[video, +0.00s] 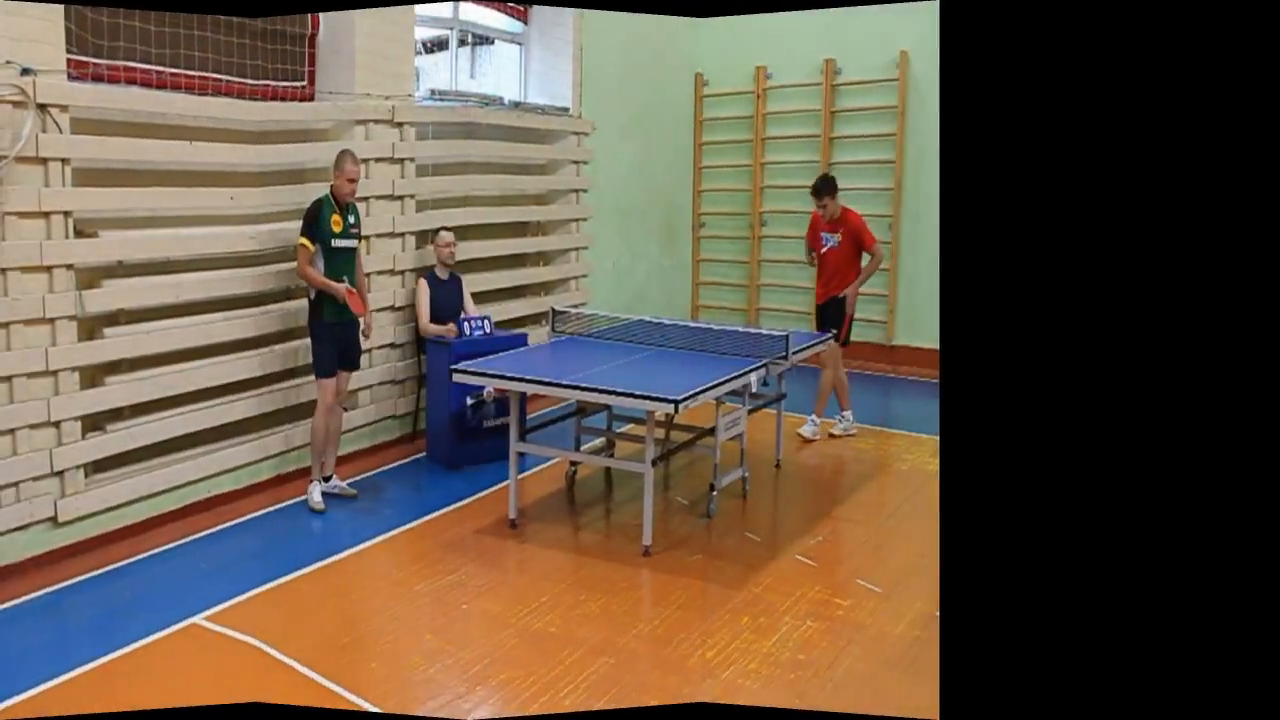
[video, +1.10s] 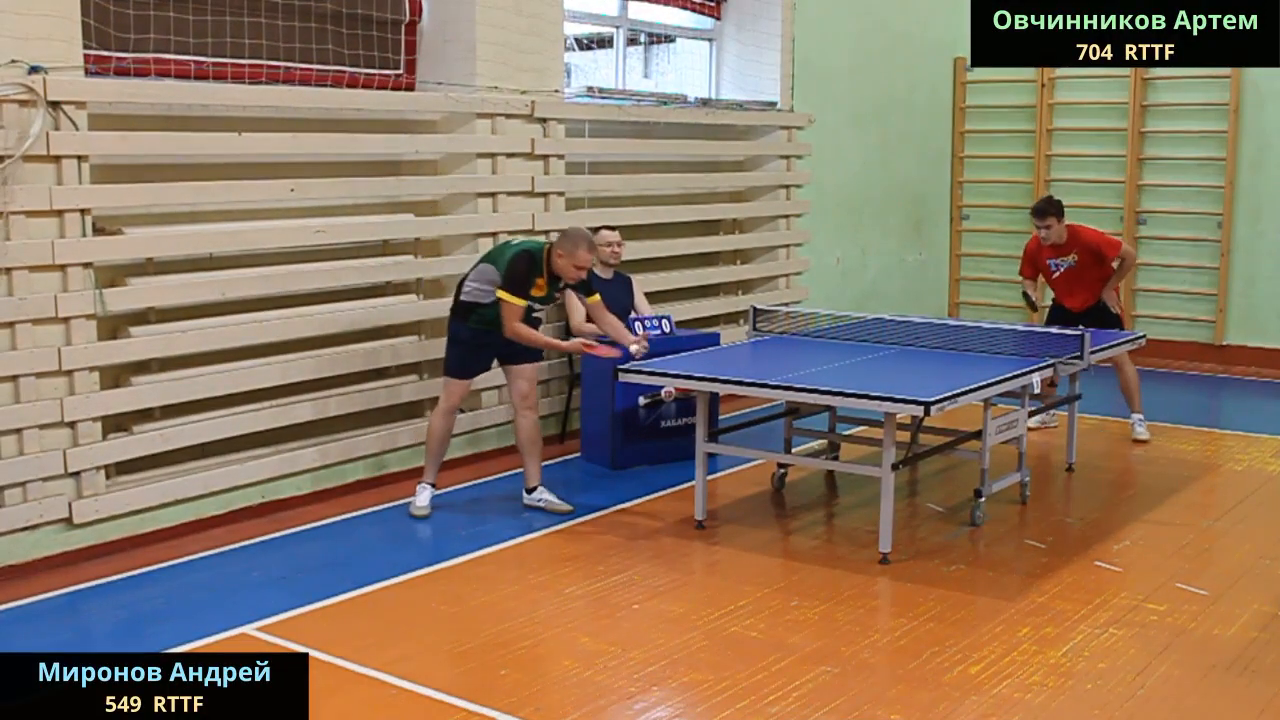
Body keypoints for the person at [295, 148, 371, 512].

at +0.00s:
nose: (354, 187)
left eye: (357, 181)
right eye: (349, 180)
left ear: (359, 180)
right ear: (333, 177)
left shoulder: (354, 212)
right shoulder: (318, 211)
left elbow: (356, 262)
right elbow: (303, 266)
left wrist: (367, 309)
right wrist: (334, 287)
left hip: (348, 314)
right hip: (324, 314)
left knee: (339, 397)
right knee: (327, 398)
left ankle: (330, 475)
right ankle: (315, 480)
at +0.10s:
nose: (395, 185)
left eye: (399, 179)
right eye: (390, 178)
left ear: (400, 179)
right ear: (371, 175)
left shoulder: (395, 211)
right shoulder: (351, 211)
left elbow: (400, 262)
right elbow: (335, 268)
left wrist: (413, 304)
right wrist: (375, 287)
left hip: (392, 316)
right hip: (362, 317)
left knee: (382, 398)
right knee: (362, 399)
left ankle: (368, 478)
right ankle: (350, 483)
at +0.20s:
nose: (439, 185)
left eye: (442, 178)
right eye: (433, 177)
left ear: (444, 177)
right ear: (412, 173)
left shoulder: (439, 210)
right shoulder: (387, 211)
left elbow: (448, 258)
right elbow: (368, 268)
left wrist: (458, 299)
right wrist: (418, 285)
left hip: (436, 320)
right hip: (400, 323)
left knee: (435, 399)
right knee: (400, 401)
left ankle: (410, 477)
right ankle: (388, 487)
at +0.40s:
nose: (473, 191)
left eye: (476, 184)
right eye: (467, 184)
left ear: (475, 182)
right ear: (444, 180)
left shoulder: (471, 211)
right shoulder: (414, 216)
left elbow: (484, 251)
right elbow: (396, 275)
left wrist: (498, 280)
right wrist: (450, 287)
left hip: (466, 319)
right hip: (426, 325)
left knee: (503, 388)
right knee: (426, 404)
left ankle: (466, 465)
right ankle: (414, 488)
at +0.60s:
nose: (494, 208)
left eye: (497, 201)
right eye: (488, 201)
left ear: (495, 198)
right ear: (466, 195)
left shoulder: (491, 224)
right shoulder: (433, 225)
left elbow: (508, 264)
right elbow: (414, 287)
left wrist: (537, 294)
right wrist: (470, 301)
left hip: (477, 326)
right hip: (434, 331)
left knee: (505, 400)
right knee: (431, 410)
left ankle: (527, 484)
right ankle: (416, 489)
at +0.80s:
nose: (540, 240)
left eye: (543, 233)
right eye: (534, 232)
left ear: (540, 228)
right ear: (513, 223)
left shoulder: (533, 251)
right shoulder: (475, 239)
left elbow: (554, 293)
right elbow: (449, 300)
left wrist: (589, 320)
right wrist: (501, 323)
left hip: (491, 325)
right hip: (447, 324)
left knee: (514, 403)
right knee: (439, 407)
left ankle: (532, 489)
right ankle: (416, 489)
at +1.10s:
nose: (584, 275)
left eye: (587, 269)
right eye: (580, 268)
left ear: (574, 260)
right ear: (558, 256)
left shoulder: (572, 269)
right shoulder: (522, 262)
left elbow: (600, 313)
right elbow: (511, 328)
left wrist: (630, 340)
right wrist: (562, 346)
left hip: (516, 323)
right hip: (472, 321)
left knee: (527, 400)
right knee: (450, 402)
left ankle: (533, 489)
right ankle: (427, 485)